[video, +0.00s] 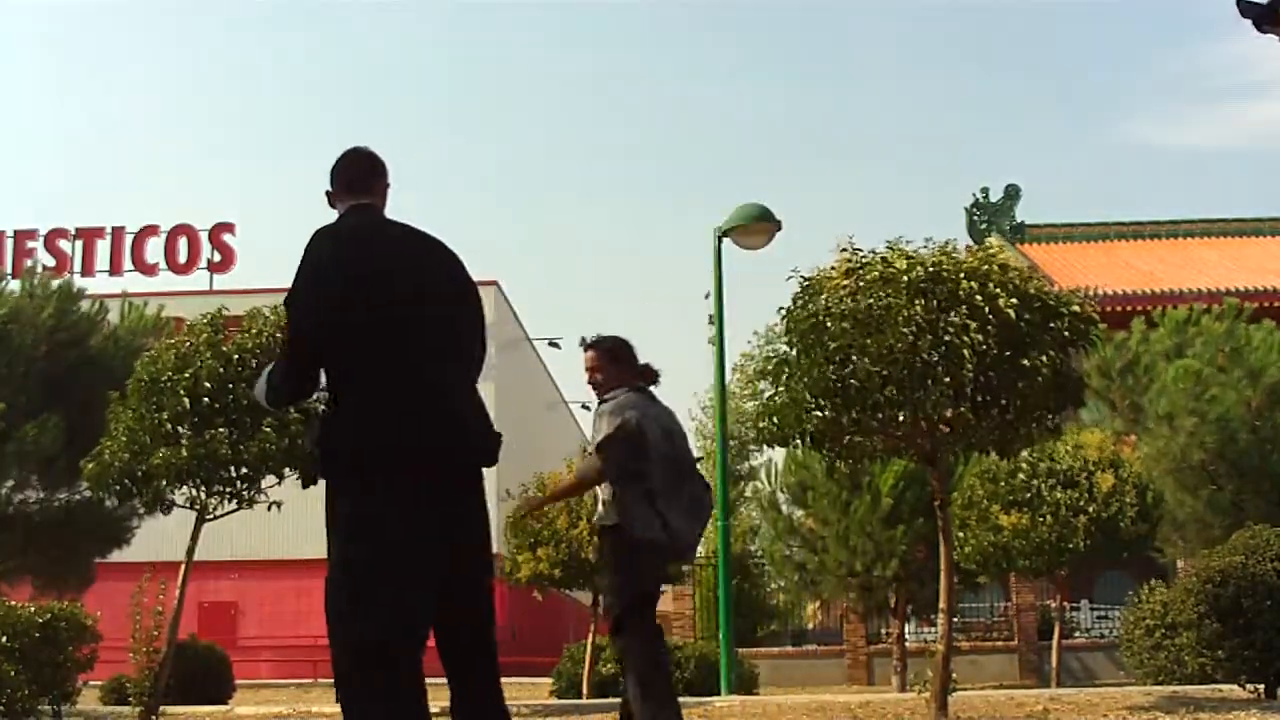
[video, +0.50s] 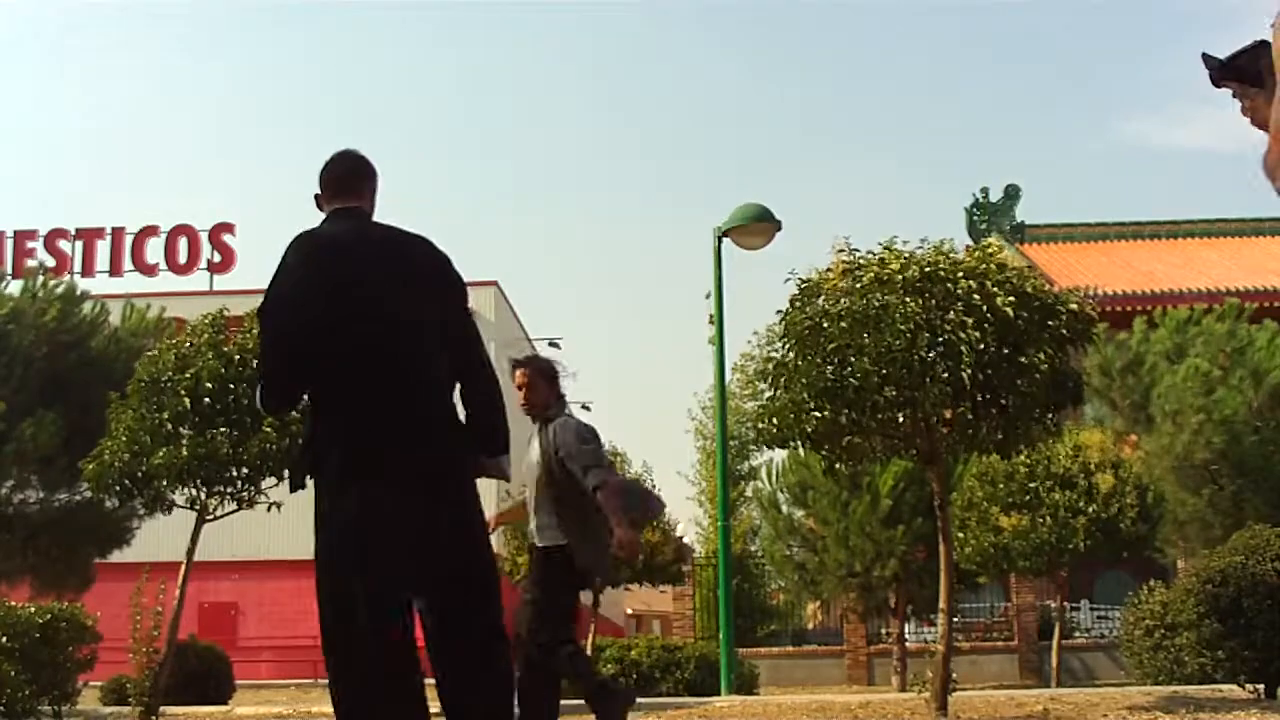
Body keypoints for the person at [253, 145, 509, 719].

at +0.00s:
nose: (341, 205)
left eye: (334, 198)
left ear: (333, 197)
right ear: (387, 190)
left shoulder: (327, 250)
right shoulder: (441, 254)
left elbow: (298, 375)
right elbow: (472, 353)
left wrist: (267, 388)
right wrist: (433, 402)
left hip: (368, 462)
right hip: (451, 459)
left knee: (374, 632)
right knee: (468, 633)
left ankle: (385, 718)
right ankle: (483, 717)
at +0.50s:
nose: (328, 206)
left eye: (323, 199)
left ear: (319, 198)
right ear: (375, 195)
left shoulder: (302, 258)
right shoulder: (424, 254)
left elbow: (277, 392)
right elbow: (472, 360)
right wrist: (488, 444)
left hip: (350, 483)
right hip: (435, 474)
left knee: (368, 650)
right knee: (469, 639)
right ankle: (485, 717)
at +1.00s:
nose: (371, 218)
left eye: (363, 210)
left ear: (361, 210)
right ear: (413, 211)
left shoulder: (342, 269)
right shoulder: (456, 274)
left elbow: (317, 387)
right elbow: (491, 385)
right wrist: (473, 464)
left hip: (371, 475)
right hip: (450, 475)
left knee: (379, 647)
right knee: (467, 640)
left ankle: (386, 714)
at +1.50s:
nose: (345, 212)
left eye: (336, 203)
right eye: (371, 200)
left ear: (331, 203)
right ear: (385, 202)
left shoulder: (306, 258)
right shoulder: (425, 258)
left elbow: (273, 353)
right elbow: (481, 355)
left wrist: (324, 394)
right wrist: (508, 425)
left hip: (344, 465)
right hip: (425, 459)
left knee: (358, 629)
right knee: (447, 625)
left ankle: (370, 715)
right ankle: (468, 715)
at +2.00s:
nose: (362, 228)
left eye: (363, 220)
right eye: (362, 219)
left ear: (304, 213)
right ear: (349, 214)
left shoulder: (263, 279)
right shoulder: (380, 261)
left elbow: (249, 383)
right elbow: (453, 365)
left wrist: (301, 422)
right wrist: (460, 430)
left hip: (319, 486)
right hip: (405, 479)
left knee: (299, 643)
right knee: (459, 639)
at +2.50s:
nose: (426, 213)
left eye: (428, 202)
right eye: (425, 201)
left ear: (377, 187)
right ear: (407, 190)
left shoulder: (330, 250)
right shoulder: (392, 237)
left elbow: (305, 353)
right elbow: (402, 340)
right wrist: (449, 401)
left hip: (324, 448)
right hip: (380, 449)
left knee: (340, 597)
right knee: (396, 596)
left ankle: (314, 710)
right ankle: (417, 710)